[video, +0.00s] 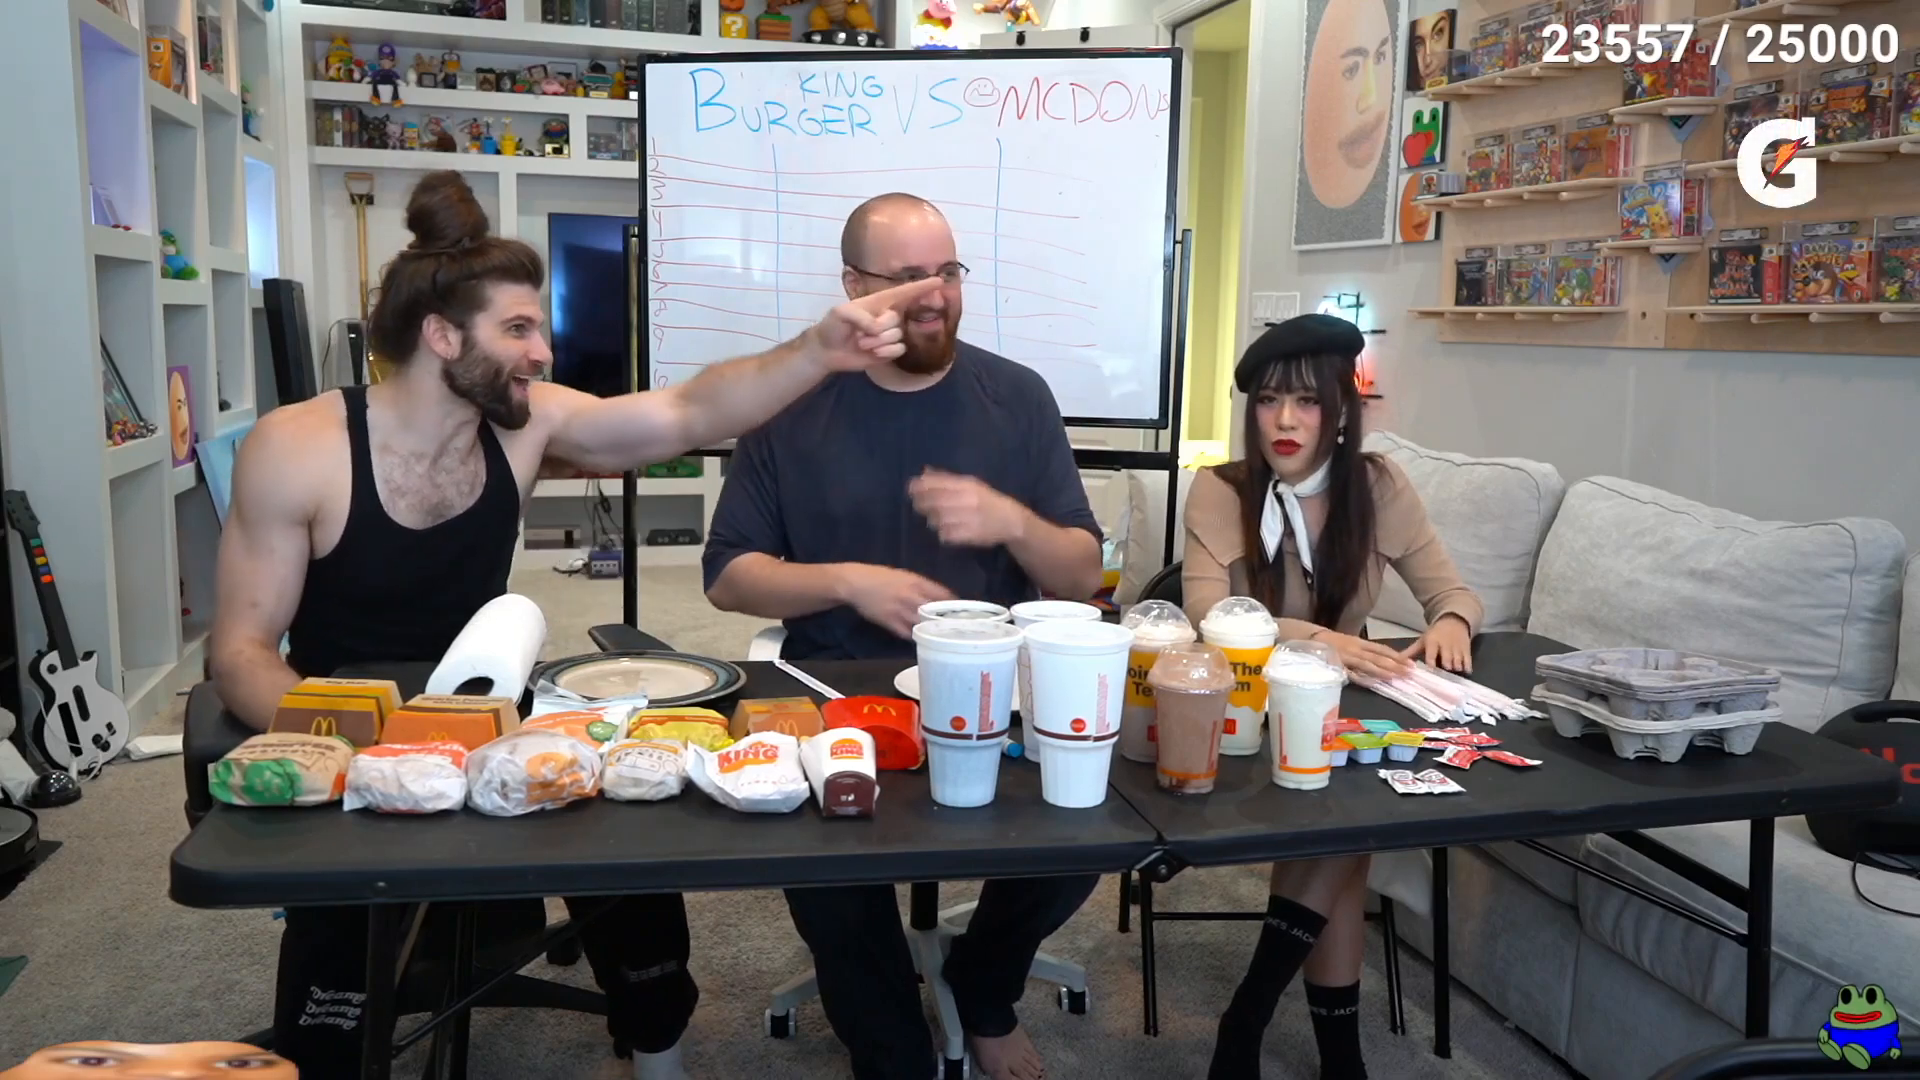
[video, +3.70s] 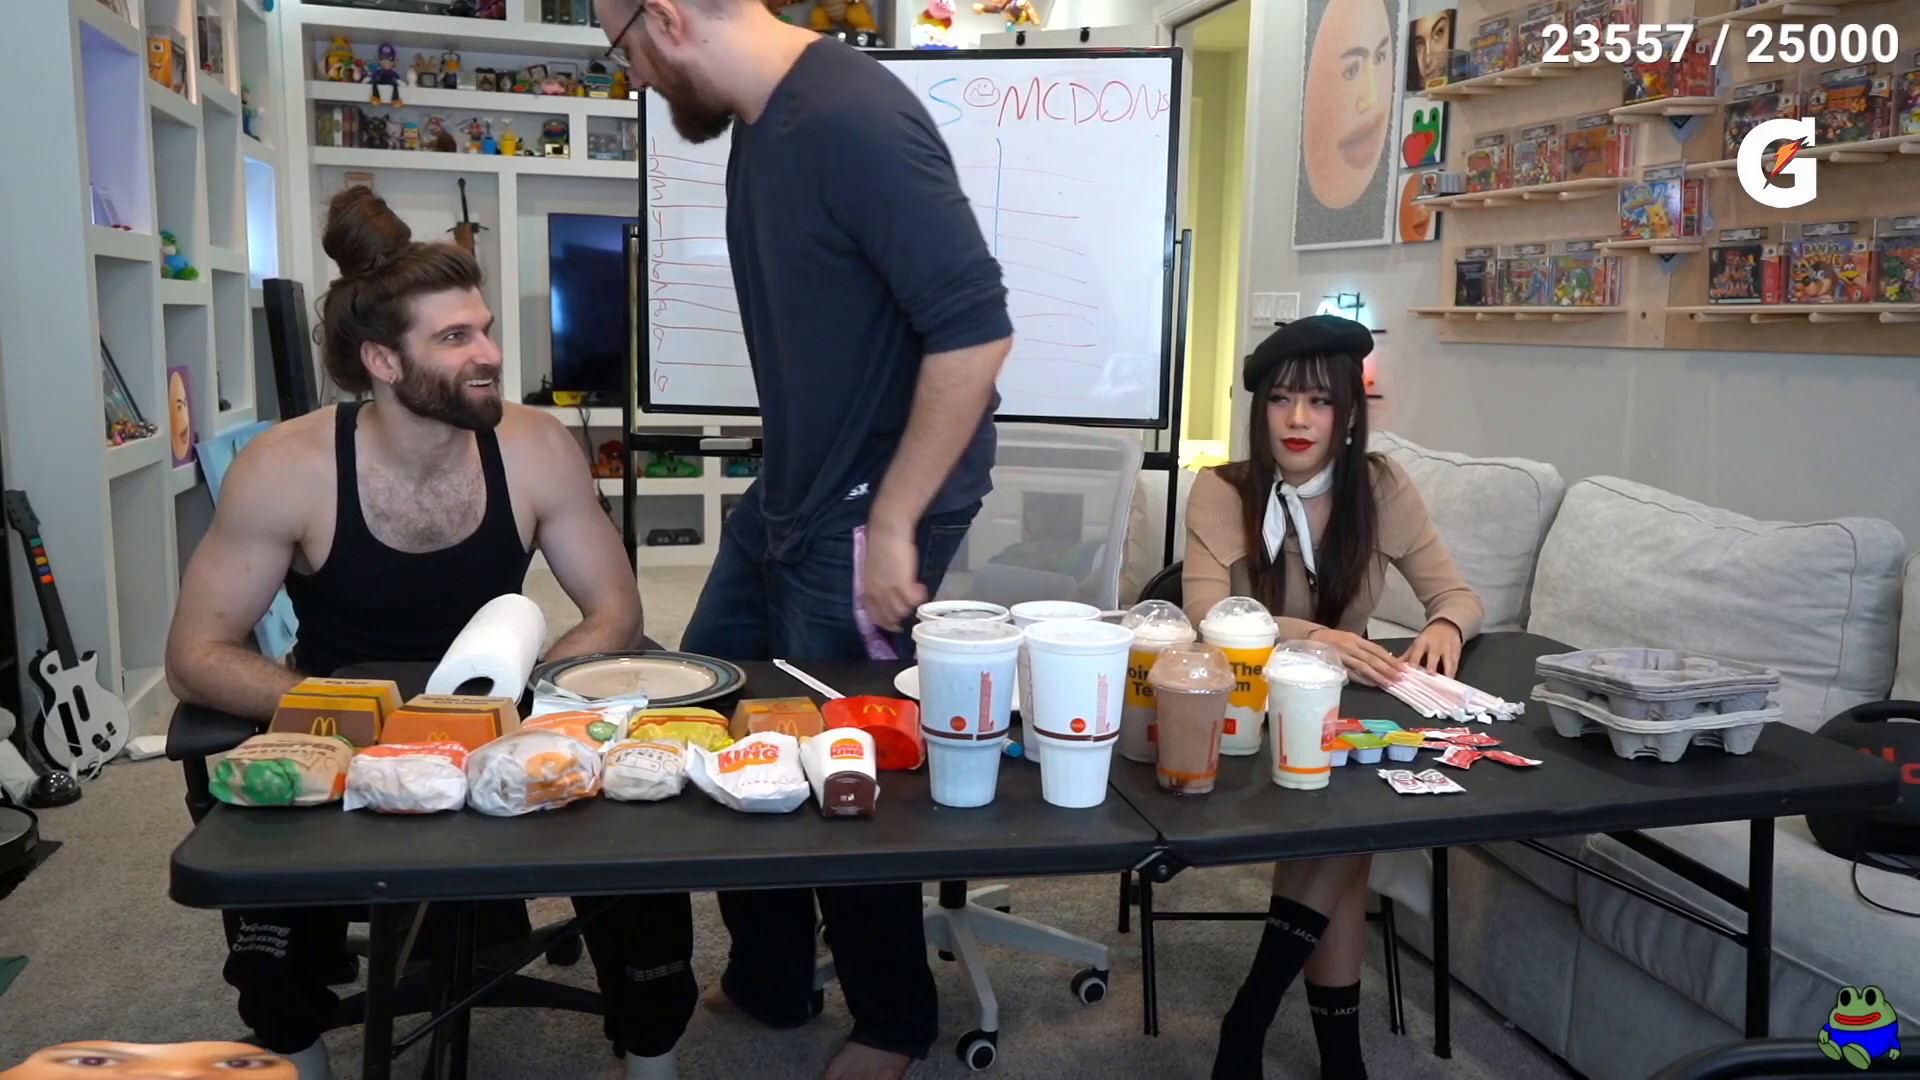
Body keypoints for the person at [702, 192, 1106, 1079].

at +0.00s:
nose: (935, 294)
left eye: (947, 272)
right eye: (908, 277)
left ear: (964, 276)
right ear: (853, 289)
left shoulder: (1015, 395)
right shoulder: (790, 408)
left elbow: (1083, 575)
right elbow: (727, 575)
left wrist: (1014, 522)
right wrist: (848, 580)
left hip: (998, 681)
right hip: (839, 688)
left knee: (1077, 834)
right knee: (823, 857)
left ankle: (980, 988)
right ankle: (899, 1061)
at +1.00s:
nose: (873, 282)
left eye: (872, 261)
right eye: (843, 273)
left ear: (884, 267)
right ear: (786, 306)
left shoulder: (958, 380)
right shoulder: (741, 432)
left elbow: (1092, 464)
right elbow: (698, 602)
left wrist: (1078, 367)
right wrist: (805, 623)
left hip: (982, 689)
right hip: (833, 702)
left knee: (1071, 826)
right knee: (820, 861)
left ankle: (982, 991)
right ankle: (895, 1062)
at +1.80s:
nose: (830, 301)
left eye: (842, 276)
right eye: (799, 288)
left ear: (863, 280)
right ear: (764, 311)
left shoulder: (955, 382)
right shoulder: (734, 431)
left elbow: (1095, 476)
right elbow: (696, 590)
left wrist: (999, 504)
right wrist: (775, 613)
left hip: (975, 684)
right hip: (824, 697)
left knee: (1061, 821)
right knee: (814, 852)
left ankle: (1003, 1017)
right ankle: (884, 1057)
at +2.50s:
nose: (803, 362)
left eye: (827, 334)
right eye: (780, 337)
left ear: (876, 324)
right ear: (759, 333)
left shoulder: (981, 396)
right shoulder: (744, 395)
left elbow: (1104, 444)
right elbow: (754, 482)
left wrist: (1082, 606)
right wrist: (784, 590)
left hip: (953, 683)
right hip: (814, 674)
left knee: (900, 846)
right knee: (748, 828)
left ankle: (894, 1040)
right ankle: (835, 1013)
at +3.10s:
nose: (703, 262)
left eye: (716, 238)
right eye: (690, 240)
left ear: (795, 189)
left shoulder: (970, 240)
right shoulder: (711, 250)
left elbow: (1090, 373)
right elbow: (740, 390)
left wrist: (1097, 544)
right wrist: (779, 516)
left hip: (934, 571)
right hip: (796, 560)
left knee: (873, 811)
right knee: (763, 798)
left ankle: (898, 1030)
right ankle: (837, 1016)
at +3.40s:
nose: (682, 104)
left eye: (680, 76)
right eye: (672, 82)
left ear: (746, 46)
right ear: (744, 50)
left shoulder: (950, 155)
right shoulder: (763, 150)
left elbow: (1052, 350)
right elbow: (780, 323)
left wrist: (1018, 538)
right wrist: (782, 461)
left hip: (903, 541)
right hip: (776, 514)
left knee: (854, 797)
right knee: (731, 760)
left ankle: (900, 1023)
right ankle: (814, 982)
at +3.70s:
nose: (634, 79)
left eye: (623, 49)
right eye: (621, 55)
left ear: (671, 20)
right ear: (686, 18)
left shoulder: (854, 121)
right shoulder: (765, 122)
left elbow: (972, 335)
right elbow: (827, 328)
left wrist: (894, 521)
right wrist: (784, 485)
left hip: (866, 522)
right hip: (783, 505)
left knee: (850, 771)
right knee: (716, 730)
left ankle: (893, 1025)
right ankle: (770, 980)